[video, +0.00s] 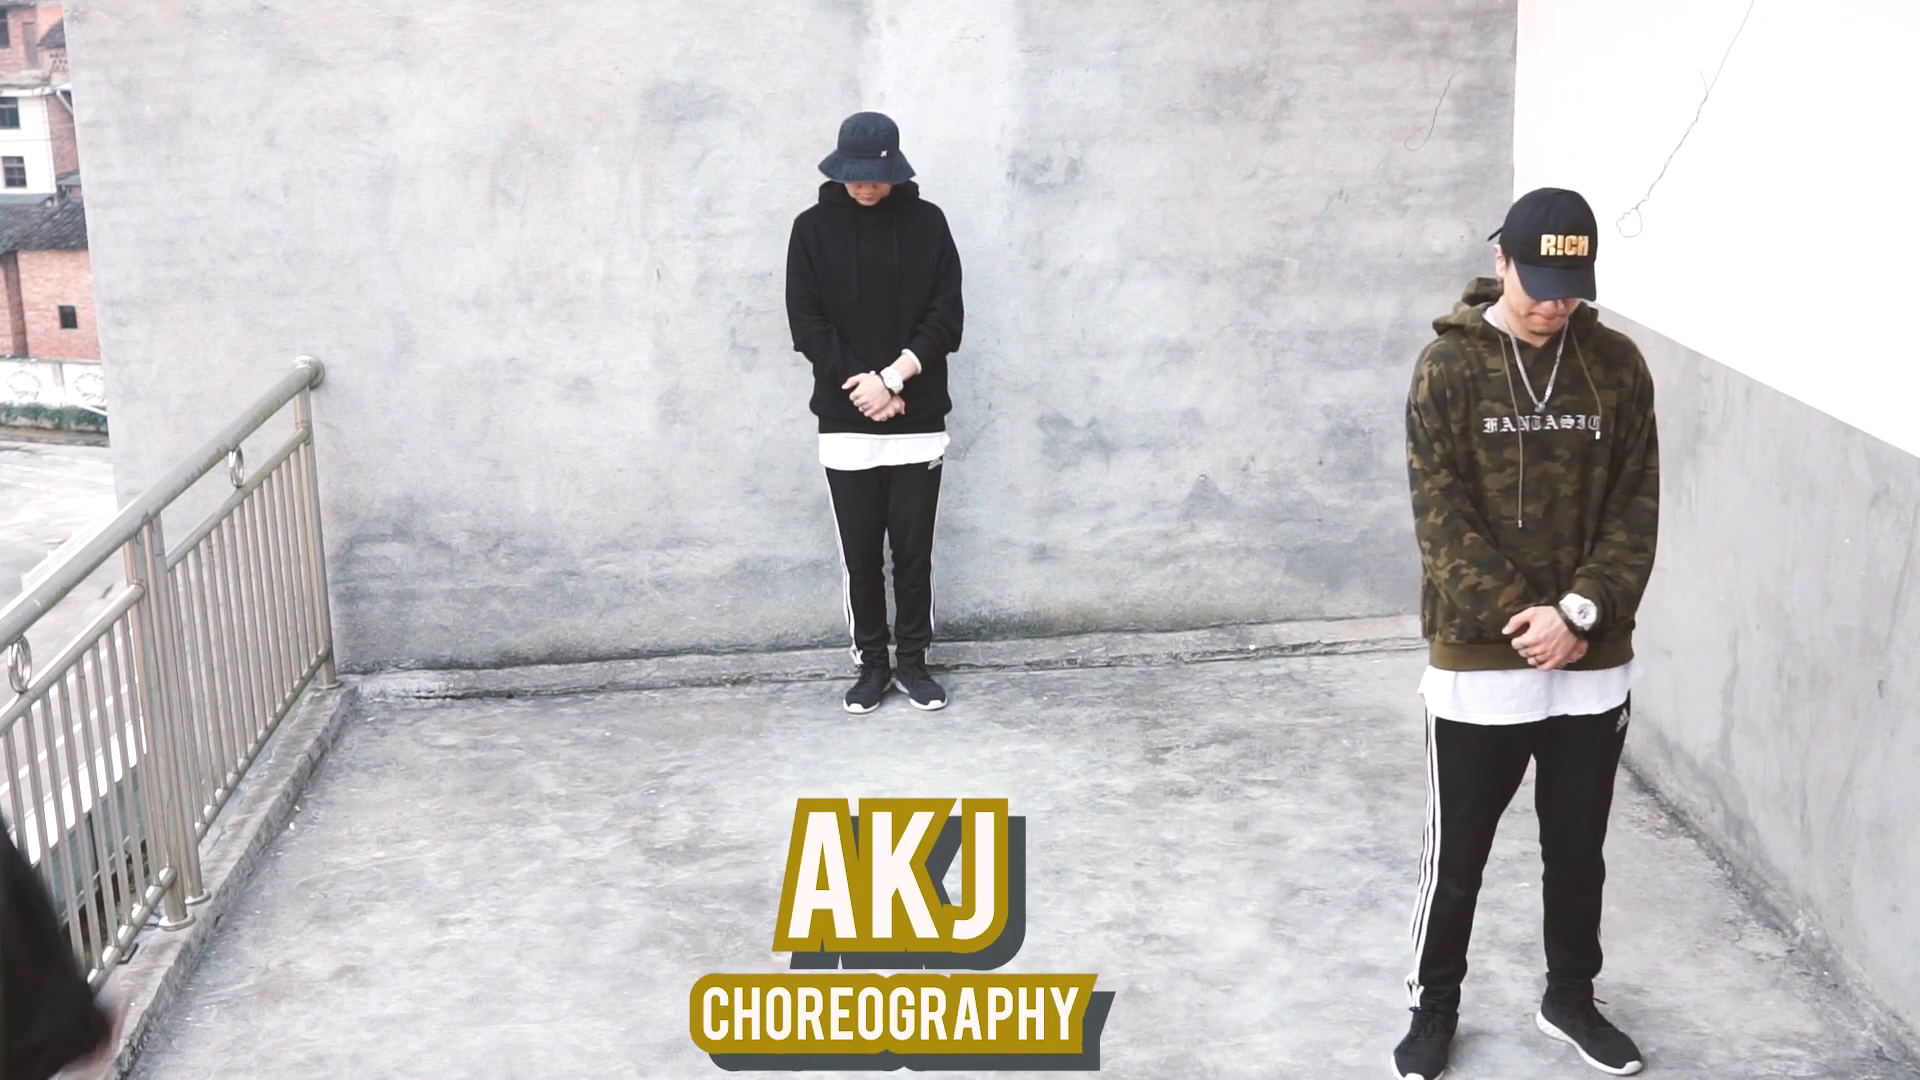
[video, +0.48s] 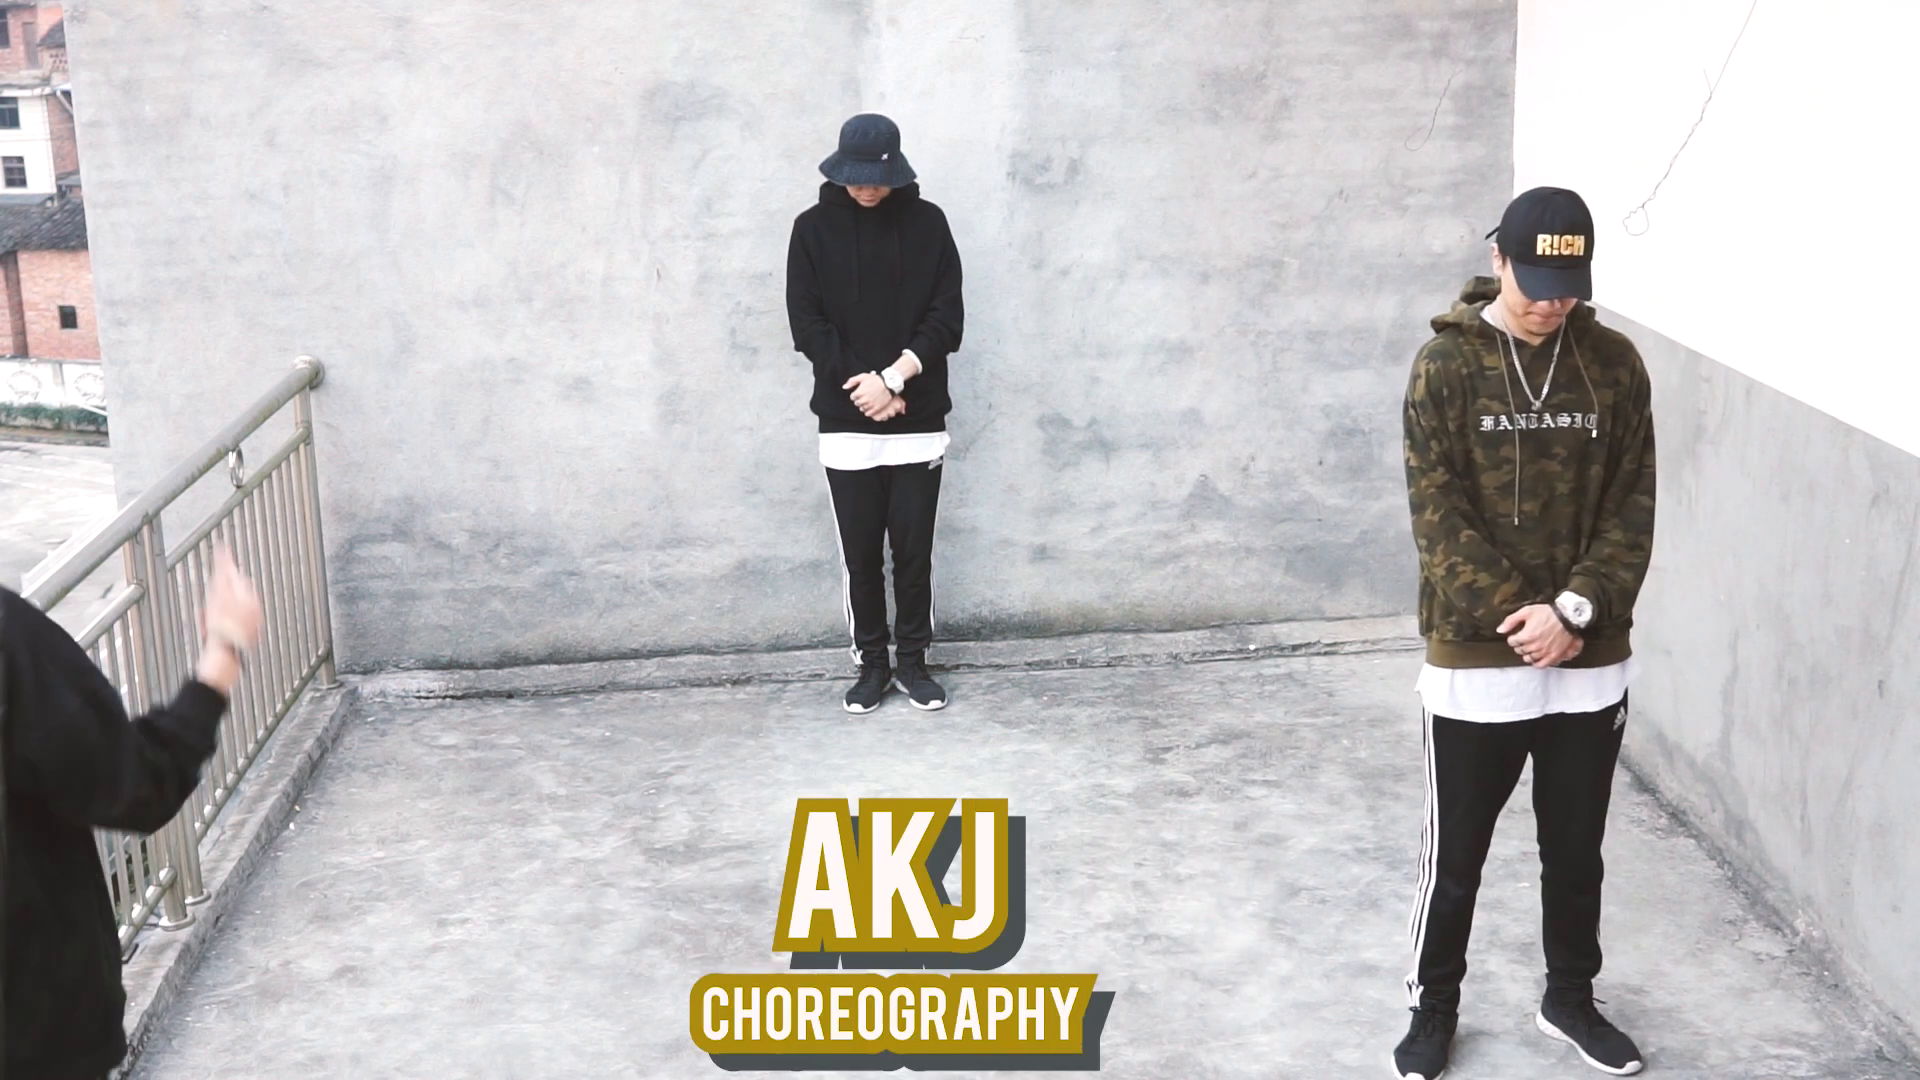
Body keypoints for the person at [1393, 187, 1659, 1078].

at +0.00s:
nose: (1560, 304)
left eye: (1575, 286)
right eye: (1543, 285)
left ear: (1594, 274)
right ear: (1503, 262)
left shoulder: (1619, 365)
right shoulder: (1450, 364)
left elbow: (1637, 510)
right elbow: (1440, 517)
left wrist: (1584, 613)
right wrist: (1528, 621)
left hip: (1592, 662)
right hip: (1478, 663)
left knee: (1579, 851)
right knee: (1457, 854)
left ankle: (1571, 997)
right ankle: (1433, 1008)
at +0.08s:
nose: (1560, 304)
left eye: (1575, 286)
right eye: (1543, 284)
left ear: (1595, 274)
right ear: (1503, 261)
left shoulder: (1619, 365)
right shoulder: (1450, 363)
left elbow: (1637, 510)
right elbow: (1440, 516)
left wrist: (1582, 611)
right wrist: (1528, 621)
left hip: (1592, 662)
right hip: (1478, 663)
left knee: (1579, 852)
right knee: (1457, 856)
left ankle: (1571, 997)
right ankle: (1433, 1009)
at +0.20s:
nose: (1560, 304)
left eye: (1575, 286)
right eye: (1543, 285)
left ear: (1595, 273)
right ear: (1503, 261)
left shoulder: (1619, 364)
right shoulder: (1450, 361)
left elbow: (1636, 509)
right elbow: (1441, 515)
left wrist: (1581, 610)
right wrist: (1529, 621)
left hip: (1592, 660)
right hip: (1477, 662)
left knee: (1579, 852)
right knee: (1457, 857)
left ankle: (1571, 997)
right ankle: (1433, 1009)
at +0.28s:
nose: (1558, 305)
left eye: (1574, 288)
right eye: (1542, 286)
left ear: (1594, 273)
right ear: (1502, 261)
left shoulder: (1618, 364)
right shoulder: (1449, 361)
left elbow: (1635, 509)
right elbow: (1439, 516)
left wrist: (1579, 610)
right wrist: (1528, 621)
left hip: (1591, 660)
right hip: (1476, 662)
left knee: (1579, 852)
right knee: (1456, 856)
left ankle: (1571, 997)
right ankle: (1433, 1009)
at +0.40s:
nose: (1557, 305)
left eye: (1573, 287)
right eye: (1540, 285)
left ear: (1592, 273)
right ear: (1501, 261)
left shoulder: (1617, 364)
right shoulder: (1448, 360)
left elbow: (1634, 508)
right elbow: (1437, 513)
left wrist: (1577, 609)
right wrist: (1525, 620)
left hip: (1590, 659)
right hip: (1475, 660)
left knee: (1577, 851)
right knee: (1456, 854)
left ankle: (1571, 997)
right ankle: (1433, 1007)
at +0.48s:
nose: (1556, 303)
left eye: (1571, 286)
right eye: (1540, 284)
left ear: (1591, 274)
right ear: (1500, 261)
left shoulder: (1616, 363)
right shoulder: (1447, 360)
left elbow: (1633, 508)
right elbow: (1436, 512)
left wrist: (1578, 611)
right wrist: (1523, 619)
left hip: (1589, 658)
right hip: (1474, 659)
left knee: (1577, 851)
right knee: (1455, 854)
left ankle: (1571, 998)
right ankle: (1433, 1007)